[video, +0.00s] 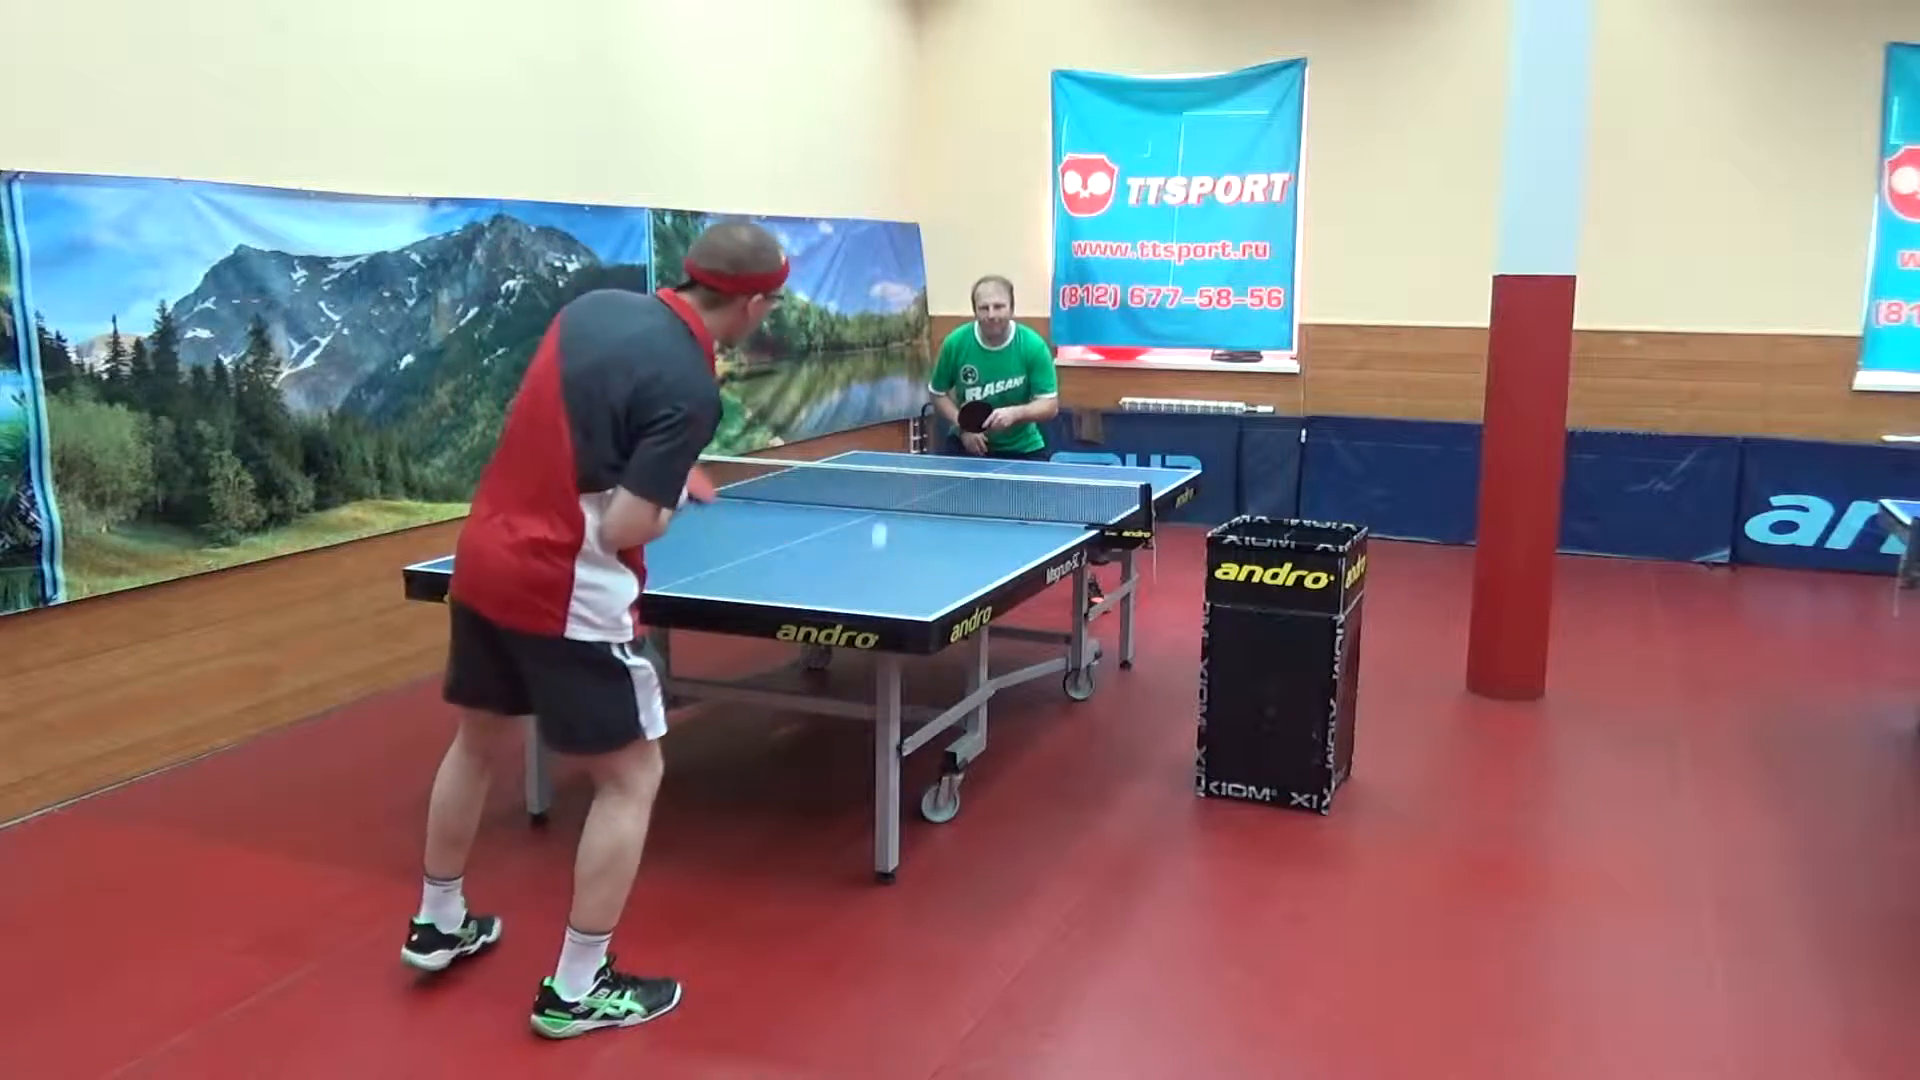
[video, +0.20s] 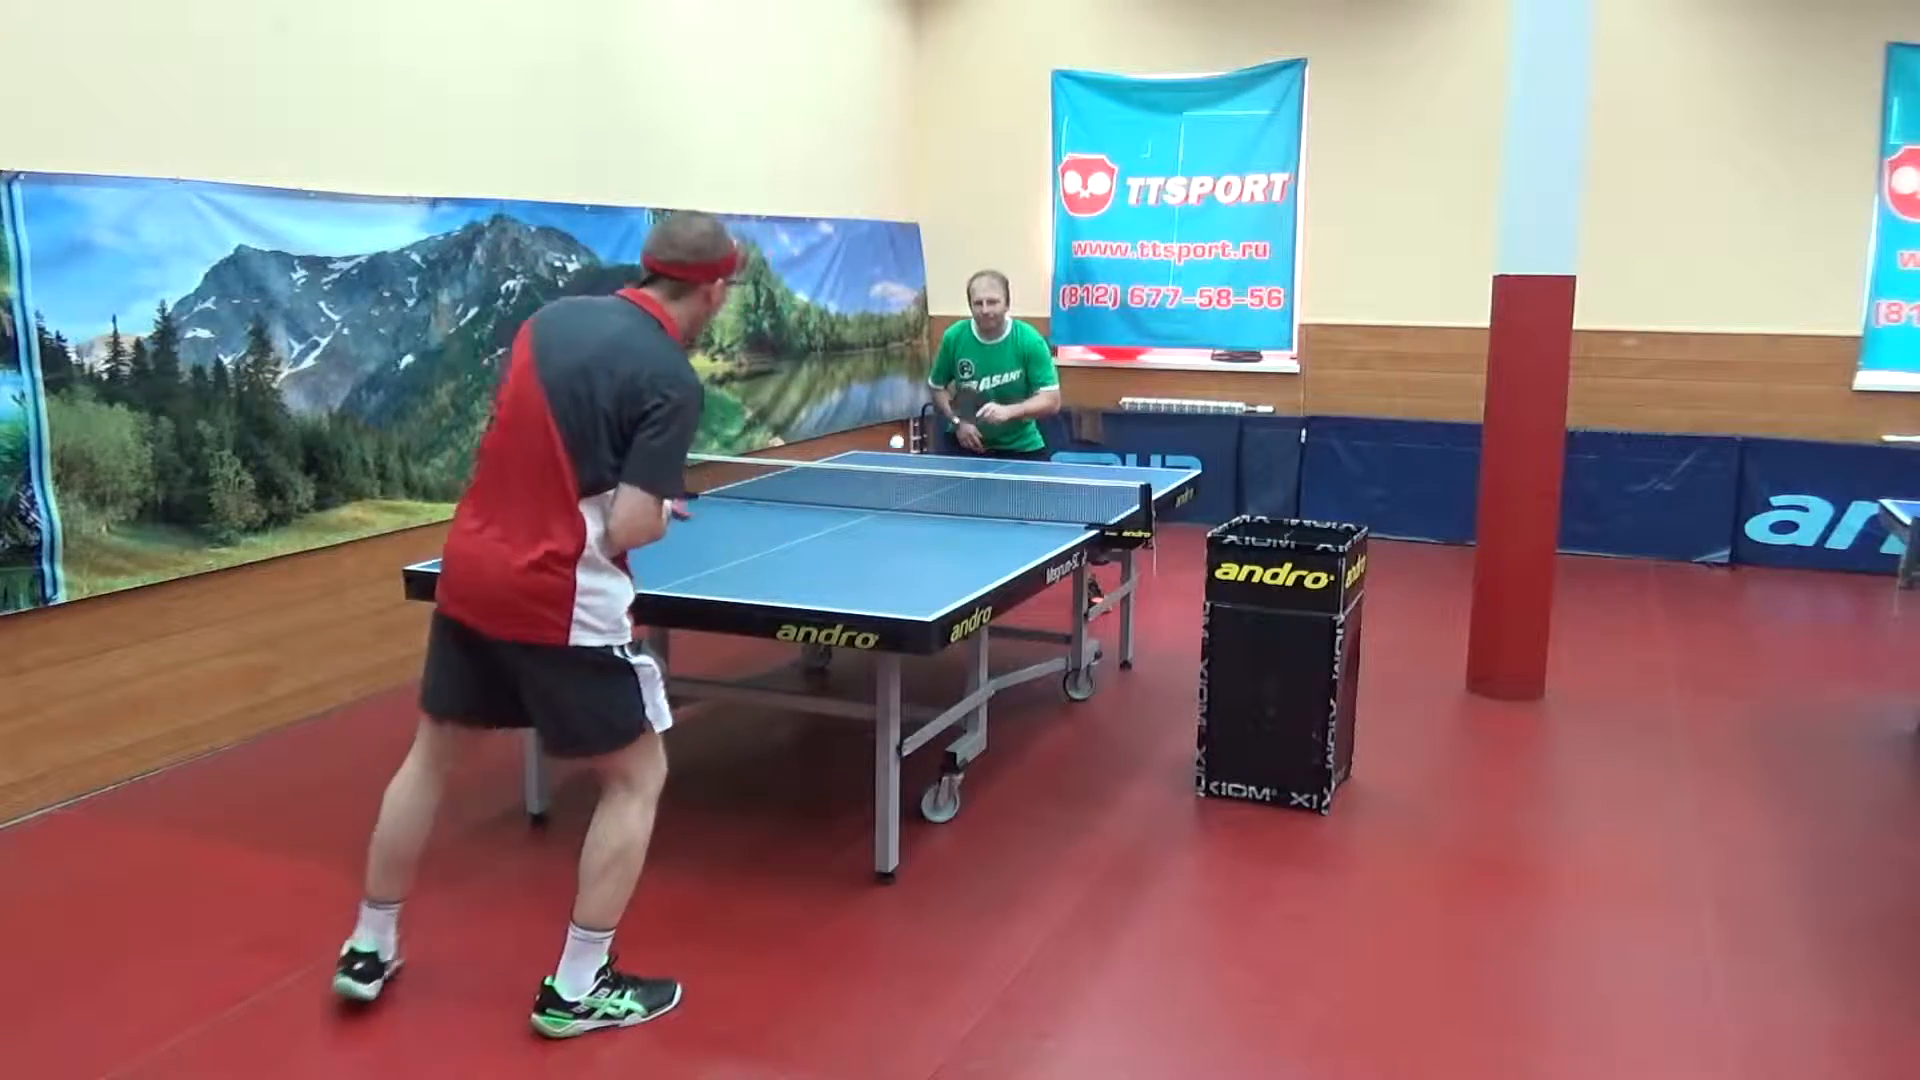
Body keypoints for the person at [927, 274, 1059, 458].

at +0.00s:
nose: (991, 315)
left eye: (999, 307)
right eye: (984, 308)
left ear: (1011, 310)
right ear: (975, 312)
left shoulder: (1033, 345)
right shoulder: (955, 344)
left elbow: (1050, 405)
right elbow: (938, 393)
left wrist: (1014, 413)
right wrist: (964, 428)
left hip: (1024, 448)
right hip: (971, 448)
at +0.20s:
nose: (985, 311)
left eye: (992, 302)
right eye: (978, 303)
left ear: (1007, 304)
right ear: (970, 306)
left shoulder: (1030, 340)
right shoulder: (954, 338)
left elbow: (1051, 400)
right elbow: (937, 386)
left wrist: (1009, 411)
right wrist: (958, 423)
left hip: (1023, 449)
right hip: (972, 449)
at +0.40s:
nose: (969, 336)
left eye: (976, 328)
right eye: (962, 329)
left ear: (990, 324)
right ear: (953, 327)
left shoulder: (1013, 354)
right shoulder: (941, 357)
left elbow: (1036, 409)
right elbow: (926, 403)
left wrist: (990, 429)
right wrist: (938, 442)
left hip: (1018, 458)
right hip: (966, 460)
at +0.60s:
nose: (968, 365)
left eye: (976, 357)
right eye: (963, 357)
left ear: (992, 354)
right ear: (956, 354)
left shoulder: (1013, 376)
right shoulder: (944, 373)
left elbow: (1056, 413)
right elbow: (928, 409)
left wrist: (1002, 419)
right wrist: (930, 445)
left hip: (1017, 463)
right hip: (965, 462)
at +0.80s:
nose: (976, 349)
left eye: (986, 341)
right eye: (972, 340)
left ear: (1003, 340)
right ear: (965, 337)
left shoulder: (1020, 367)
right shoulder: (954, 358)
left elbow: (1037, 411)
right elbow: (945, 393)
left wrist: (998, 428)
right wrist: (945, 424)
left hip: (1020, 459)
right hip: (971, 458)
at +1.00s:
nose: (983, 315)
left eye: (993, 308)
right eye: (979, 307)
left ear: (1009, 312)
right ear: (972, 309)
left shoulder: (1027, 344)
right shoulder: (959, 339)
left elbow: (1034, 397)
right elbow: (948, 377)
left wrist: (992, 416)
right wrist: (943, 410)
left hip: (1023, 452)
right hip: (974, 450)